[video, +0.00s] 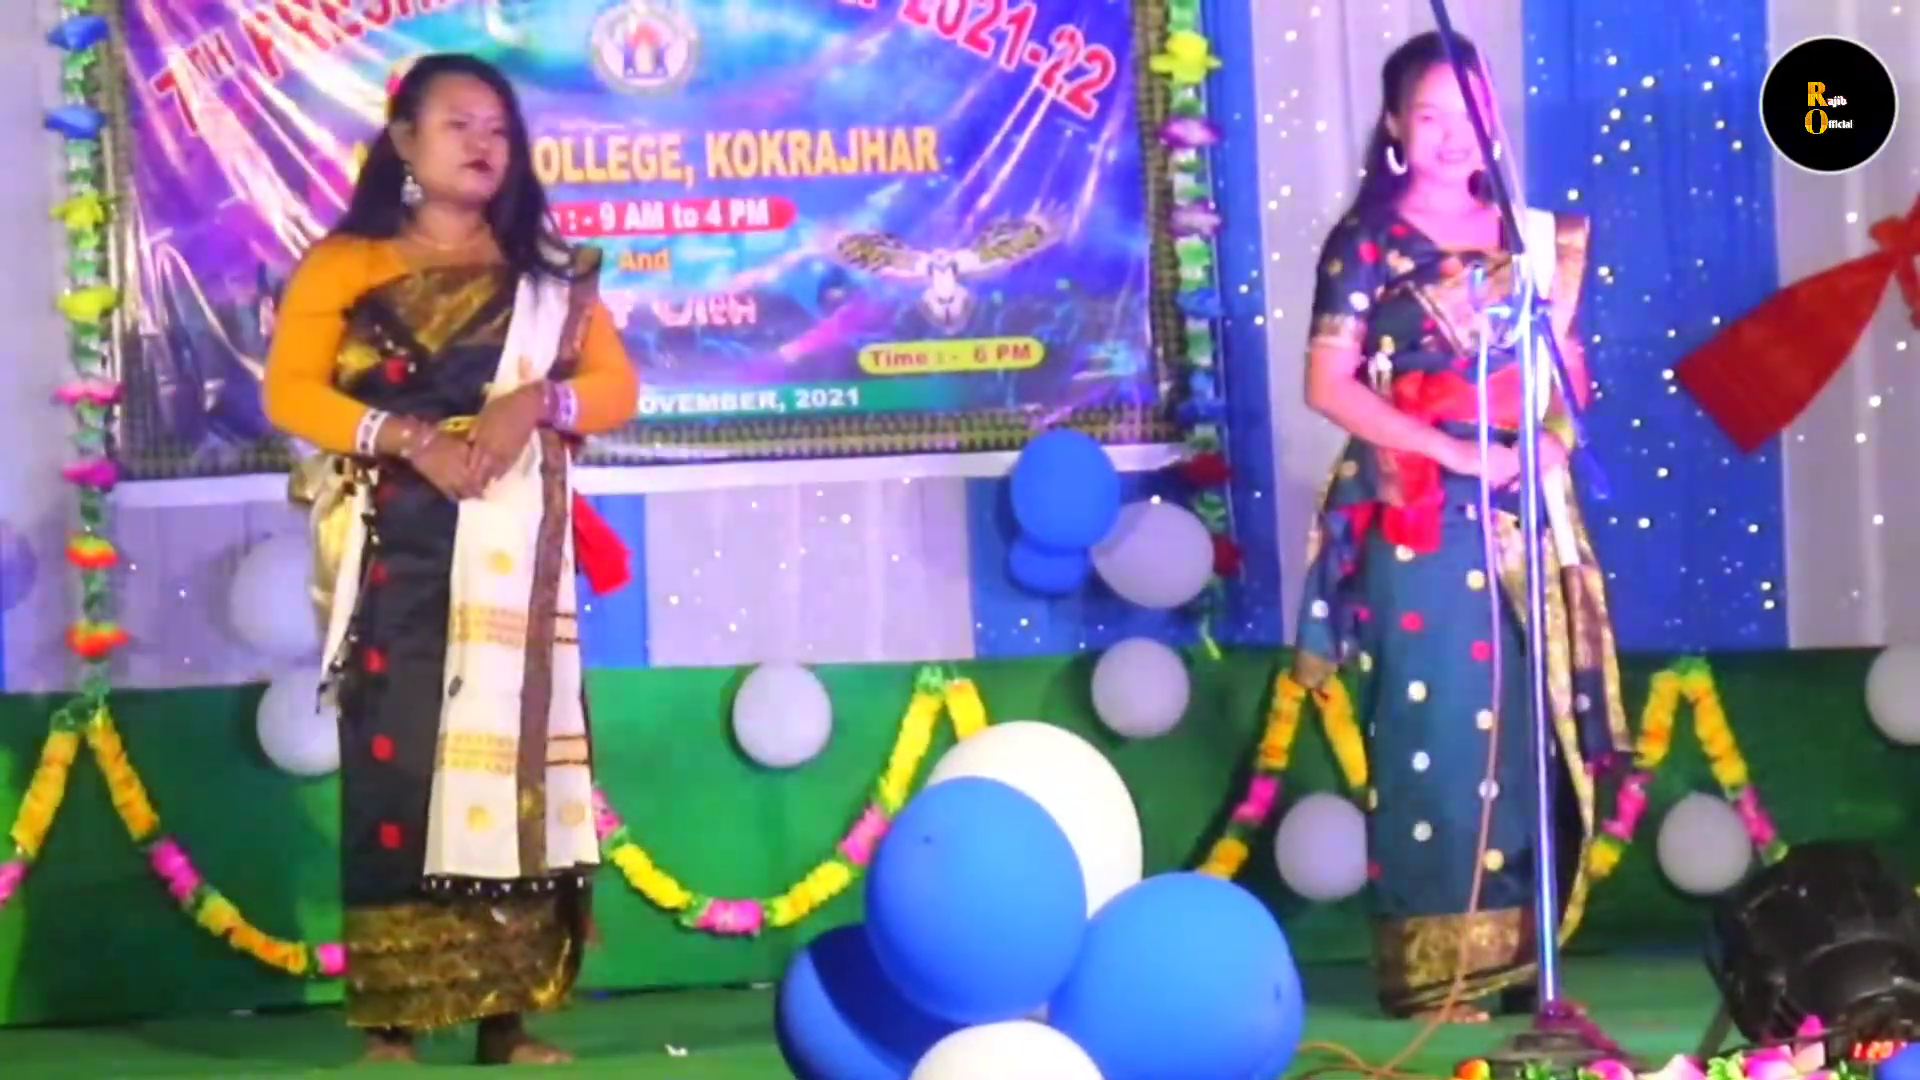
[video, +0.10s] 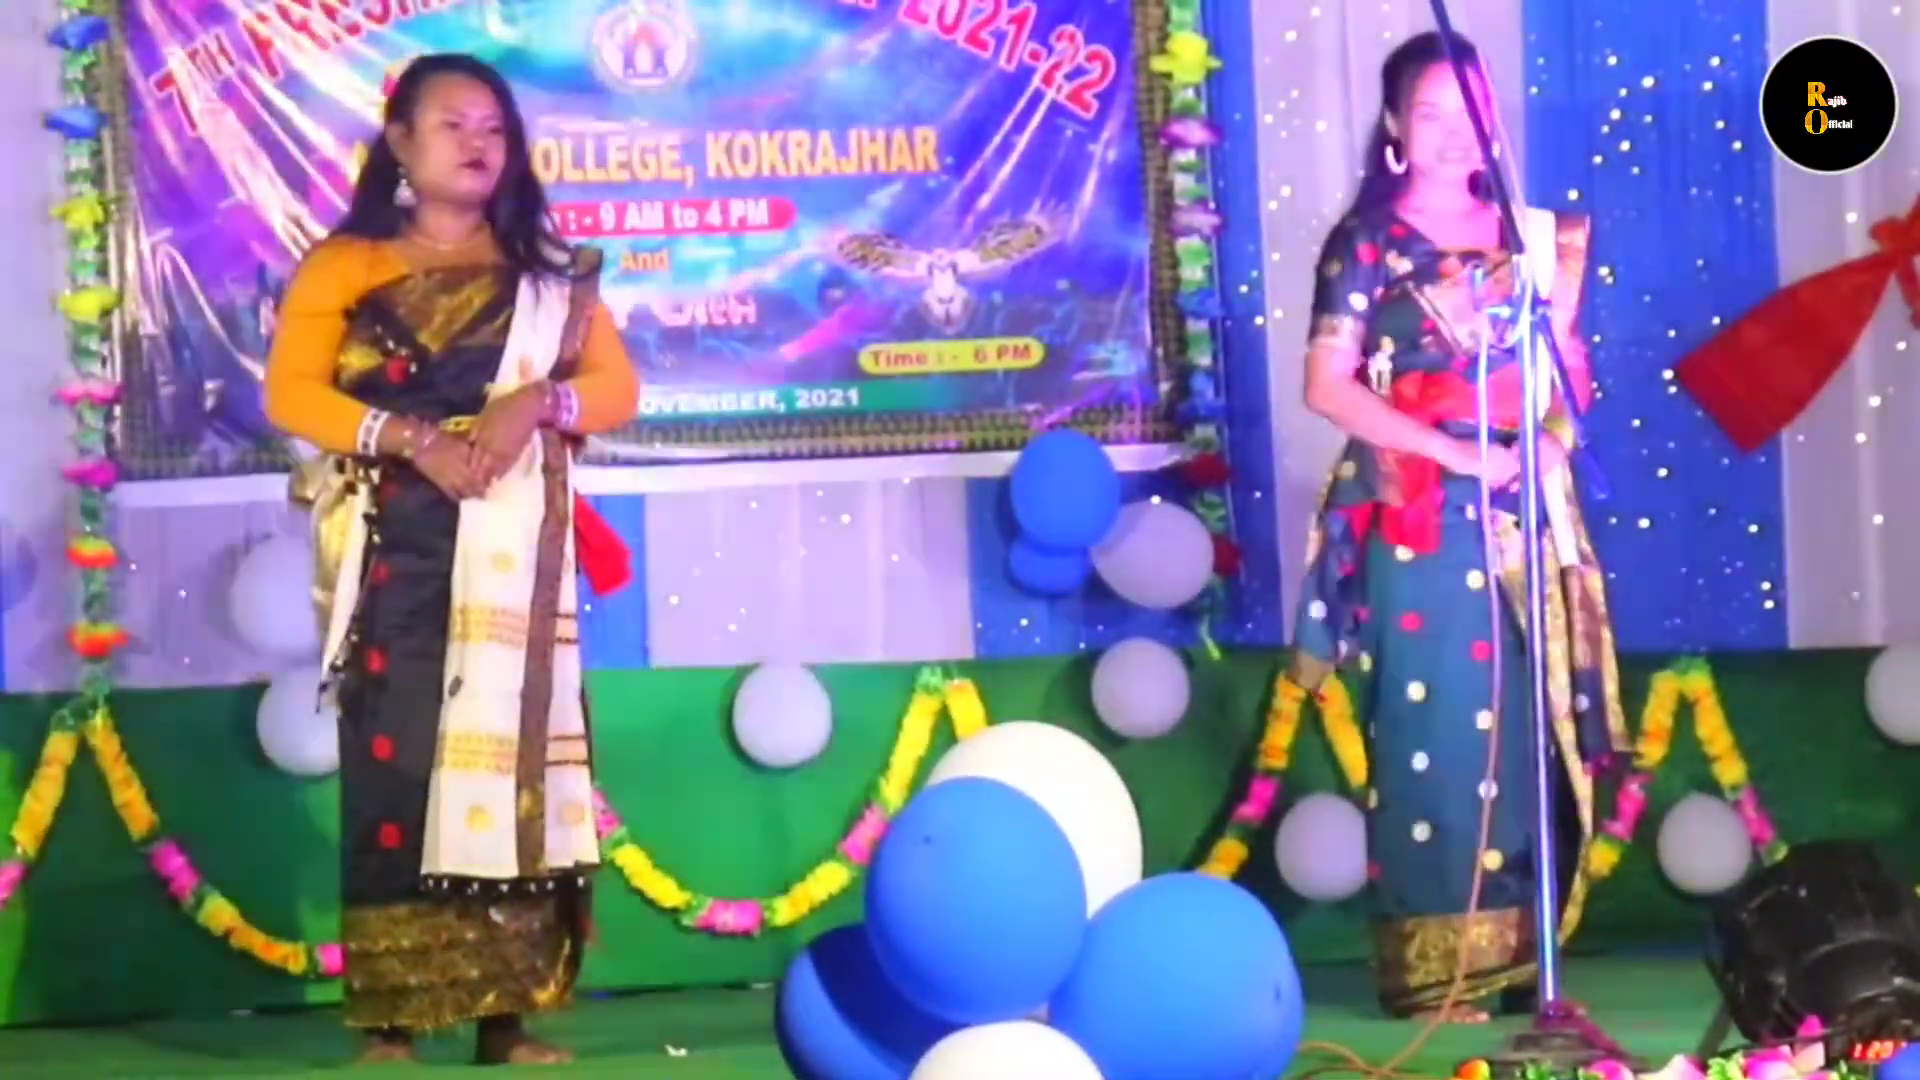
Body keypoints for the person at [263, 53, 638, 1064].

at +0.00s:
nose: (483, 142)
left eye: (498, 129)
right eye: (458, 125)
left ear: (515, 150)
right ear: (404, 142)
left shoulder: (545, 273)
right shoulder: (343, 266)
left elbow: (620, 390)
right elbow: (289, 394)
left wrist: (535, 403)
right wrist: (406, 434)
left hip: (517, 562)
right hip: (398, 559)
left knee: (518, 765)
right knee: (395, 771)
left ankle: (509, 1017)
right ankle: (389, 1017)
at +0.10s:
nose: (477, 144)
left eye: (493, 129)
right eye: (452, 126)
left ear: (511, 148)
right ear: (401, 144)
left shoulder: (545, 271)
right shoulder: (343, 267)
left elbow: (621, 390)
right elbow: (289, 394)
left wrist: (534, 403)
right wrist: (408, 435)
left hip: (516, 560)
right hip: (397, 557)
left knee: (515, 762)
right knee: (394, 768)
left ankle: (509, 1015)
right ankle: (387, 1015)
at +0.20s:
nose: (478, 144)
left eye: (493, 129)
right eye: (452, 127)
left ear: (511, 148)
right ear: (399, 146)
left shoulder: (546, 271)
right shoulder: (343, 267)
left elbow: (620, 390)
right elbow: (289, 395)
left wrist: (534, 402)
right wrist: (409, 434)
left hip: (518, 559)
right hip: (399, 556)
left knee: (516, 761)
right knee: (395, 767)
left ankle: (508, 1016)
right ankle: (389, 1017)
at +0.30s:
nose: (479, 151)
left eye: (493, 133)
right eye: (454, 132)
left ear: (511, 148)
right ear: (399, 147)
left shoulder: (552, 269)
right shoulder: (342, 267)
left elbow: (618, 389)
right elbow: (287, 393)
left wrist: (538, 401)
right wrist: (409, 434)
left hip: (520, 562)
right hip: (403, 560)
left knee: (519, 765)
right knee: (397, 770)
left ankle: (508, 1016)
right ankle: (389, 1016)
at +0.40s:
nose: (479, 150)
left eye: (493, 133)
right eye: (454, 132)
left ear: (511, 147)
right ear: (400, 146)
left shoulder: (553, 268)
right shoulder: (342, 267)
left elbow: (620, 388)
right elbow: (287, 392)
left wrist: (540, 400)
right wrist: (409, 434)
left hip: (520, 561)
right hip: (402, 560)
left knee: (519, 764)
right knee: (397, 770)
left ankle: (509, 1016)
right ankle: (389, 1015)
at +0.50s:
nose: (477, 152)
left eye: (492, 135)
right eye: (453, 133)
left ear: (511, 150)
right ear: (402, 147)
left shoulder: (549, 269)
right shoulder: (345, 264)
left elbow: (622, 386)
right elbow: (287, 389)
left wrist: (538, 399)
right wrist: (409, 433)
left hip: (520, 561)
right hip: (403, 559)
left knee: (518, 765)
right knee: (395, 771)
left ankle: (508, 1016)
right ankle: (386, 1017)